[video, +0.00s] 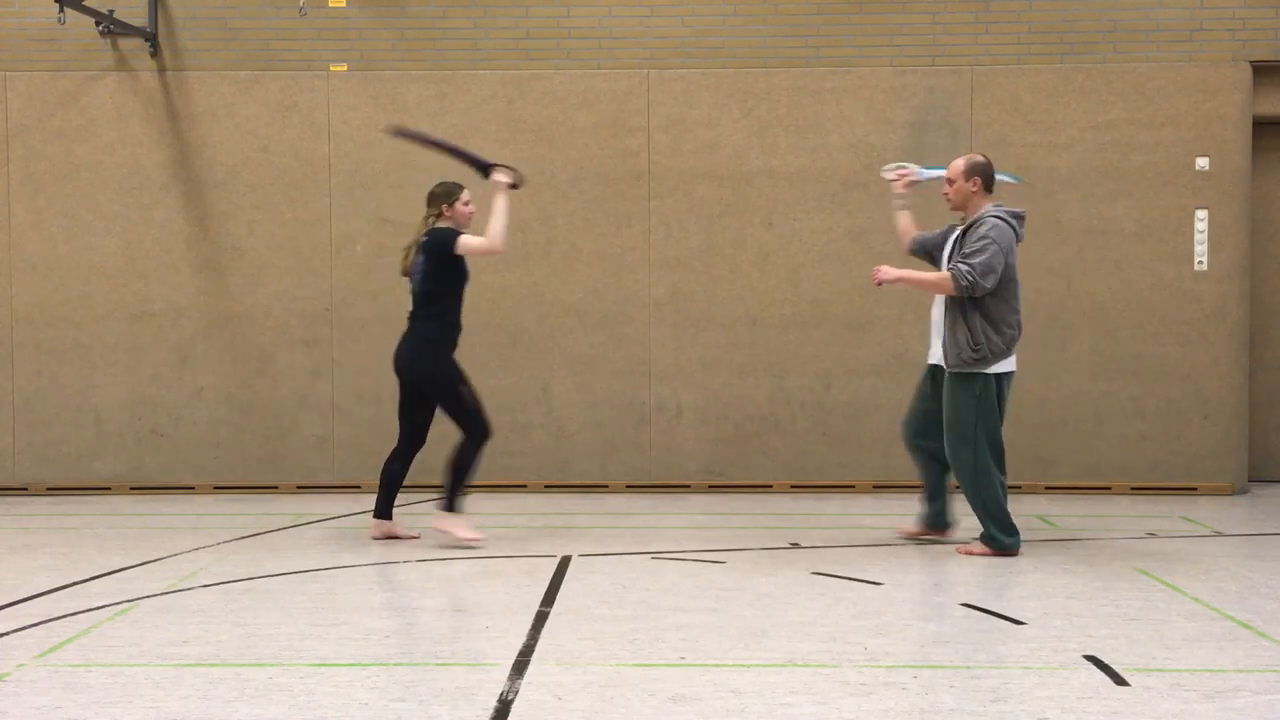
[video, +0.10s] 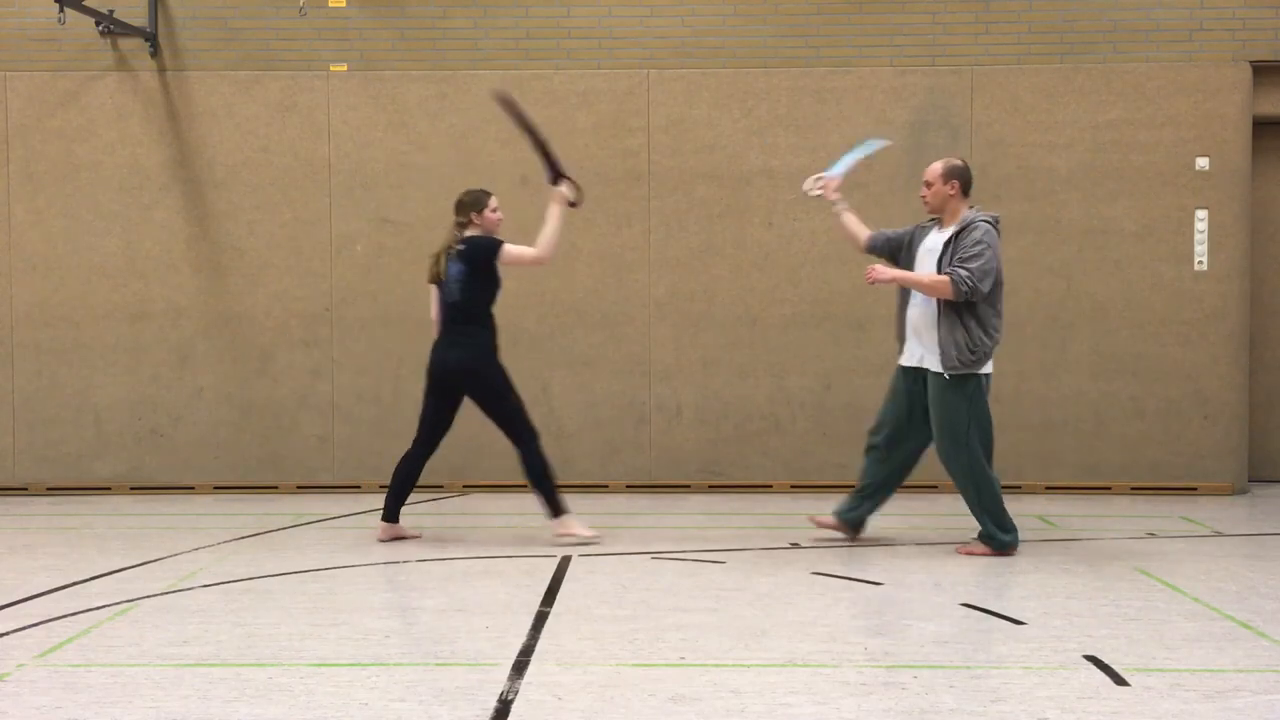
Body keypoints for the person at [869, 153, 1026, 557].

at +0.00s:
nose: (945, 189)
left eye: (950, 182)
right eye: (945, 182)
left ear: (975, 185)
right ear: (972, 186)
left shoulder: (992, 231)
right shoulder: (960, 233)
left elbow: (965, 280)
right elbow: (913, 243)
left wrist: (901, 275)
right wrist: (901, 195)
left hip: (978, 366)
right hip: (946, 362)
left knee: (972, 451)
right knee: (921, 433)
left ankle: (1001, 538)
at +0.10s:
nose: (922, 193)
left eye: (928, 186)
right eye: (922, 185)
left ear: (953, 189)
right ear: (947, 188)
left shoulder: (979, 235)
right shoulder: (922, 235)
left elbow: (959, 286)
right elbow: (868, 240)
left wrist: (897, 275)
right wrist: (836, 201)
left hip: (957, 368)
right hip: (916, 363)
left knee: (964, 455)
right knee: (889, 442)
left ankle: (1000, 537)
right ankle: (851, 518)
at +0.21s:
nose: (902, 198)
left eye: (909, 191)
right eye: (902, 191)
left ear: (933, 194)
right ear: (924, 194)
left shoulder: (961, 237)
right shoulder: (896, 238)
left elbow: (955, 292)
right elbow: (841, 244)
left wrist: (890, 279)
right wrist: (795, 215)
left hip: (938, 370)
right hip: (889, 367)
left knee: (949, 457)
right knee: (859, 447)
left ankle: (996, 533)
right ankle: (829, 527)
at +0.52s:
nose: (847, 199)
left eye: (853, 191)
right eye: (847, 192)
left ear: (879, 193)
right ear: (872, 195)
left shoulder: (914, 234)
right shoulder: (845, 240)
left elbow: (927, 290)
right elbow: (795, 251)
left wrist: (866, 290)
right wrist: (737, 241)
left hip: (902, 371)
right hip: (849, 370)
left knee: (925, 454)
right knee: (823, 448)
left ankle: (971, 531)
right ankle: (825, 530)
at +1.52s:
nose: (853, 203)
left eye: (859, 196)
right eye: (853, 196)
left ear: (884, 196)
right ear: (876, 197)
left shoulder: (921, 235)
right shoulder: (854, 243)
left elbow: (937, 293)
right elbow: (820, 279)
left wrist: (877, 297)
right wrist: (779, 289)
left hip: (912, 373)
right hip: (859, 372)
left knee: (935, 453)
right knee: (829, 441)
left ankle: (974, 535)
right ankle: (826, 529)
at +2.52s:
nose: (866, 215)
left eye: (870, 208)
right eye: (863, 208)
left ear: (896, 203)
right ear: (888, 205)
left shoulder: (936, 240)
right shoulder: (869, 245)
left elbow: (953, 300)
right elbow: (845, 296)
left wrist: (898, 302)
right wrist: (815, 320)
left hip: (916, 371)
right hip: (867, 371)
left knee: (920, 453)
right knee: (839, 443)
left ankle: (975, 527)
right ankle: (826, 527)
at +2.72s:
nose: (895, 218)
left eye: (899, 210)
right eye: (892, 210)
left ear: (923, 203)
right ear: (917, 205)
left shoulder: (962, 240)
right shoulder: (910, 247)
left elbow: (970, 300)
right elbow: (898, 310)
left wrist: (903, 302)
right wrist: (863, 343)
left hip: (946, 373)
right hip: (906, 373)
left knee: (940, 459)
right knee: (877, 450)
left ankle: (987, 537)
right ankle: (840, 523)